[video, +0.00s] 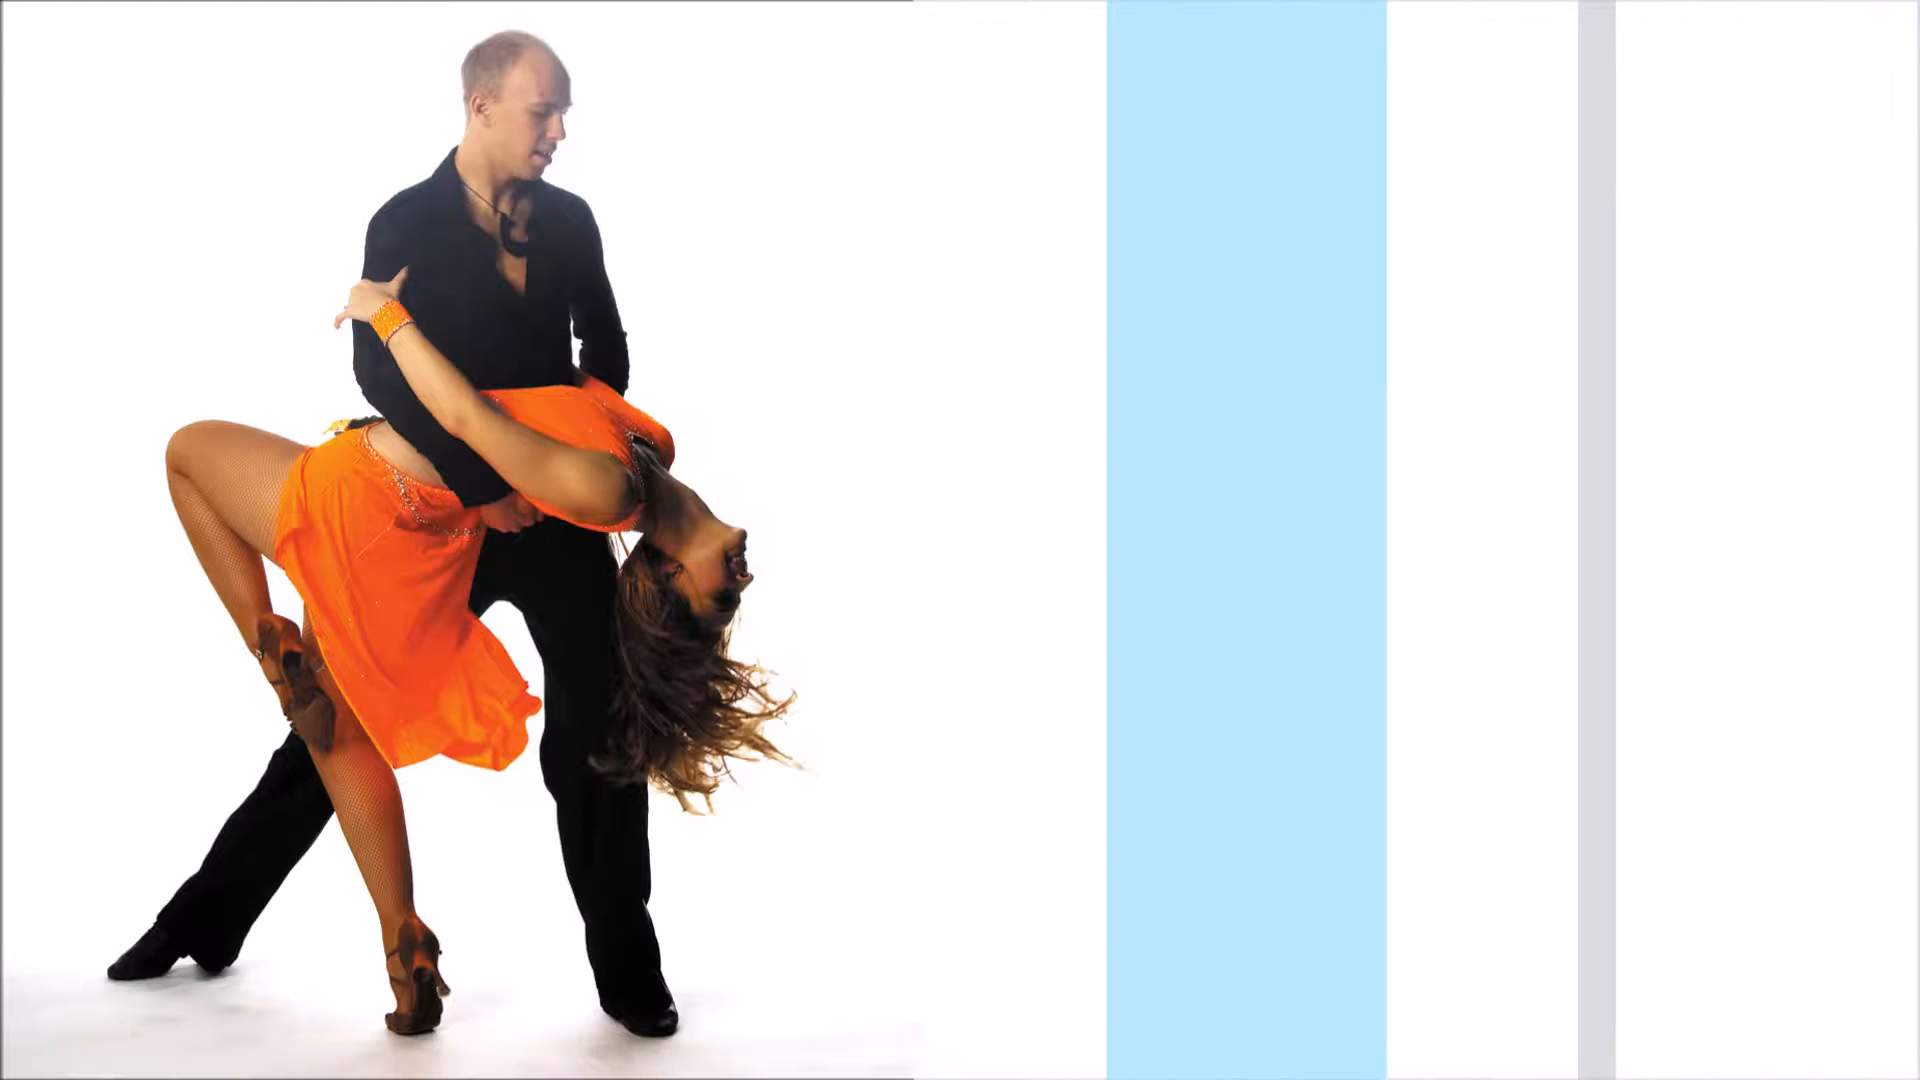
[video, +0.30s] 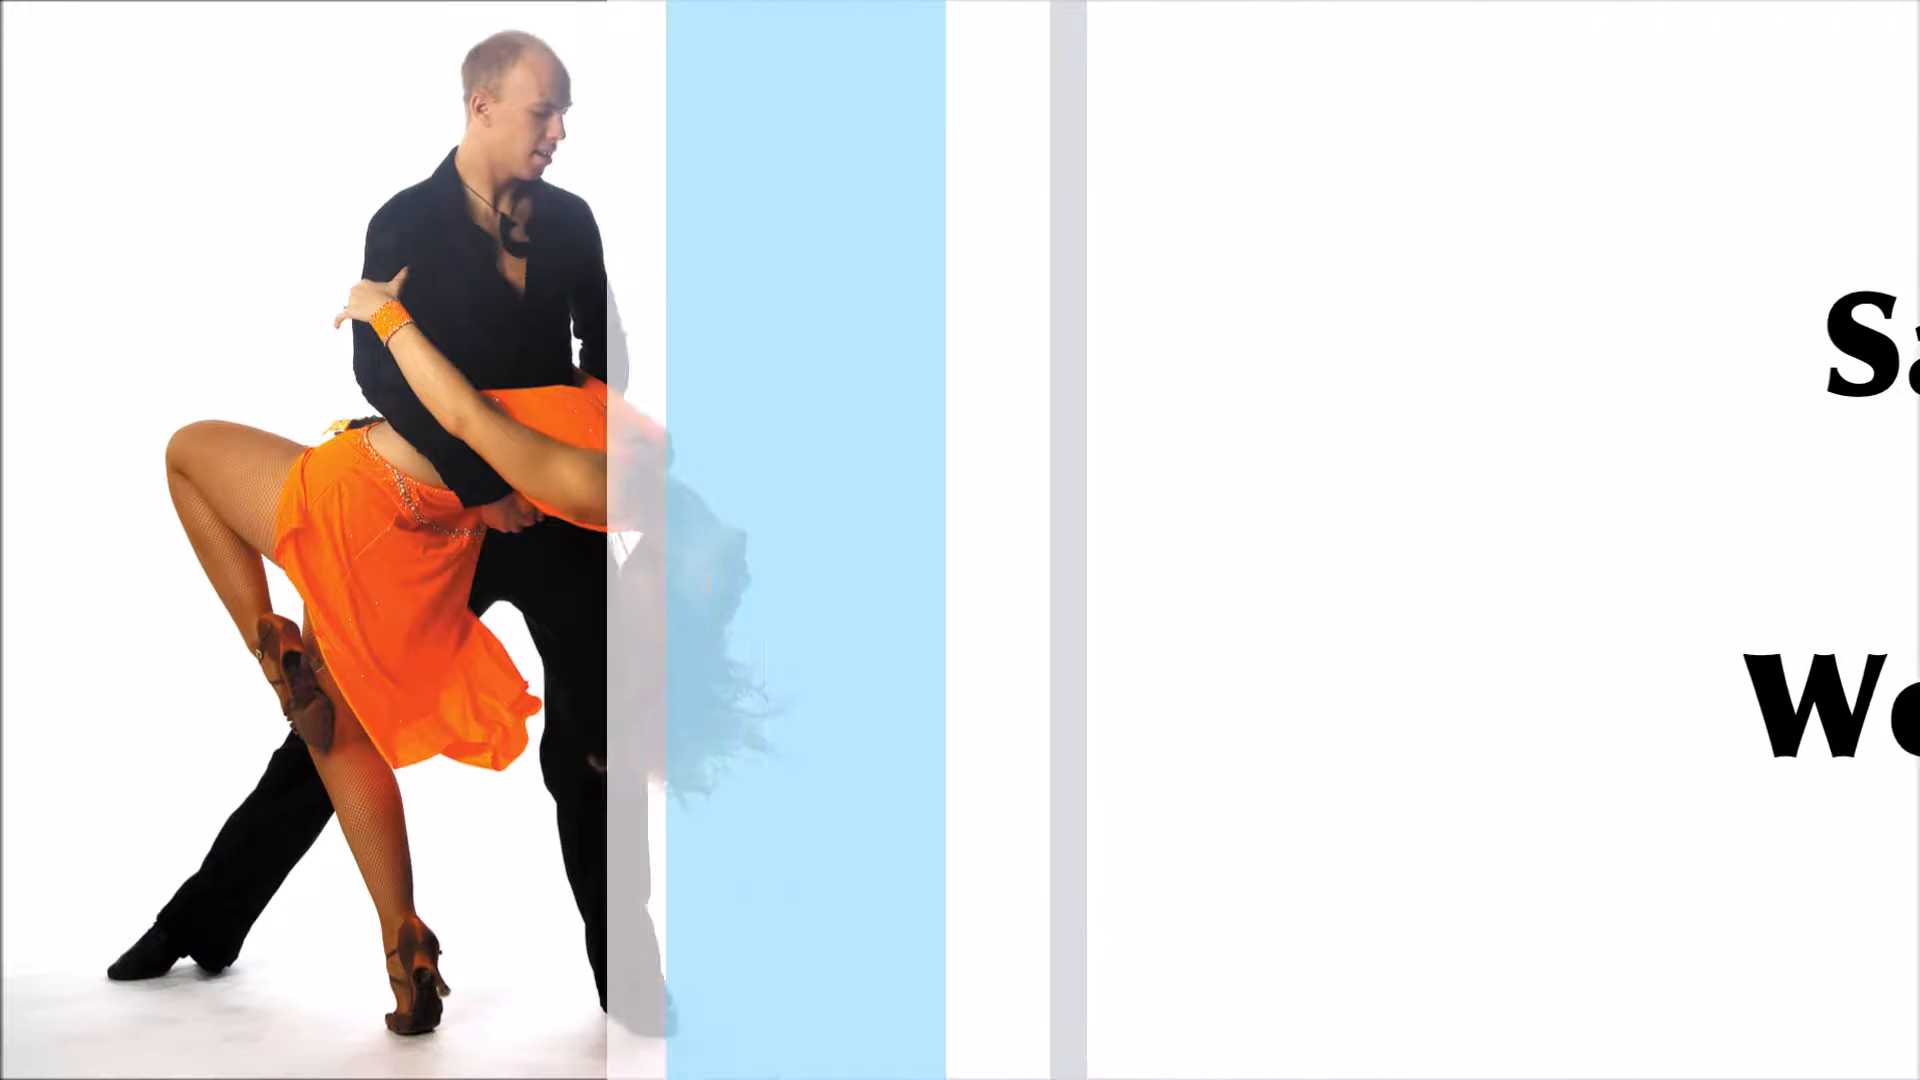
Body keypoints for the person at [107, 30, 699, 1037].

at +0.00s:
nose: (557, 134)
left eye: (563, 117)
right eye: (543, 115)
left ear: (552, 122)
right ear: (478, 109)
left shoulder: (567, 221)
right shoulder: (405, 224)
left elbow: (607, 350)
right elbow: (377, 372)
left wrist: (604, 471)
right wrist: (475, 481)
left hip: (552, 527)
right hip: (441, 524)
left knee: (597, 730)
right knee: (335, 722)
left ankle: (631, 973)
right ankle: (205, 923)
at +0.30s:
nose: (556, 134)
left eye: (561, 117)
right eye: (541, 115)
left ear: (550, 121)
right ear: (477, 111)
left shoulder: (570, 224)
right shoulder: (406, 226)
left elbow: (605, 374)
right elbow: (386, 379)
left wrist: (601, 487)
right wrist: (491, 490)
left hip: (553, 526)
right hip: (439, 520)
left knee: (589, 747)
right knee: (332, 730)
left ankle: (627, 975)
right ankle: (205, 922)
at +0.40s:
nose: (543, 132)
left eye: (547, 113)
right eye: (531, 110)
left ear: (522, 113)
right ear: (481, 108)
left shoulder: (552, 226)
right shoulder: (410, 226)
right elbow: (387, 378)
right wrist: (489, 482)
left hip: (515, 518)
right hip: (395, 510)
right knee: (342, 733)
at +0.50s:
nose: (535, 132)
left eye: (548, 112)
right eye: (517, 110)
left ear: (560, 119)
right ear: (476, 110)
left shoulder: (570, 224)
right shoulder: (407, 222)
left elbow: (604, 360)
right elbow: (383, 374)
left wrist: (603, 473)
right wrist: (469, 469)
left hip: (547, 518)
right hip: (436, 502)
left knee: (596, 727)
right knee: (349, 709)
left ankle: (625, 957)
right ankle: (208, 920)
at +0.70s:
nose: (550, 135)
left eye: (557, 115)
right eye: (535, 114)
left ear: (559, 121)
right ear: (482, 114)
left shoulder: (570, 225)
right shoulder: (411, 220)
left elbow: (604, 354)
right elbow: (380, 365)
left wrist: (606, 455)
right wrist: (471, 473)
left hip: (557, 522)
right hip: (449, 514)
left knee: (600, 727)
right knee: (345, 712)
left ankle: (627, 965)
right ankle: (202, 920)